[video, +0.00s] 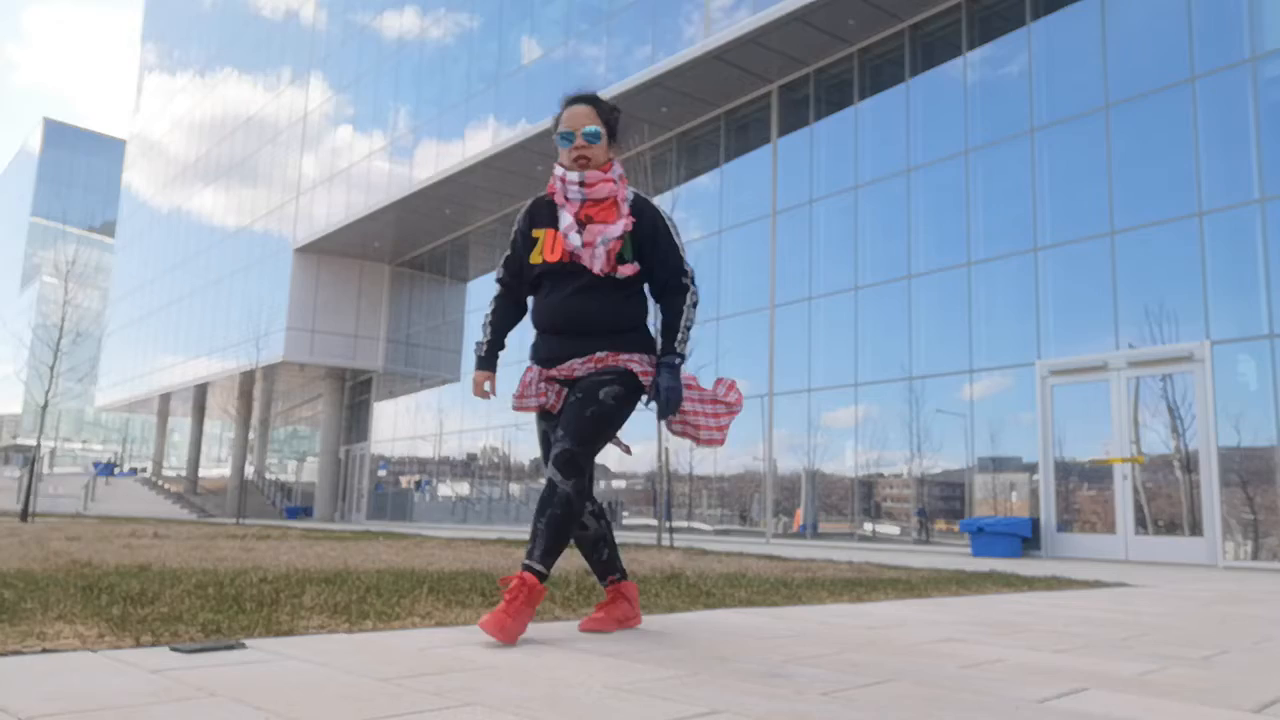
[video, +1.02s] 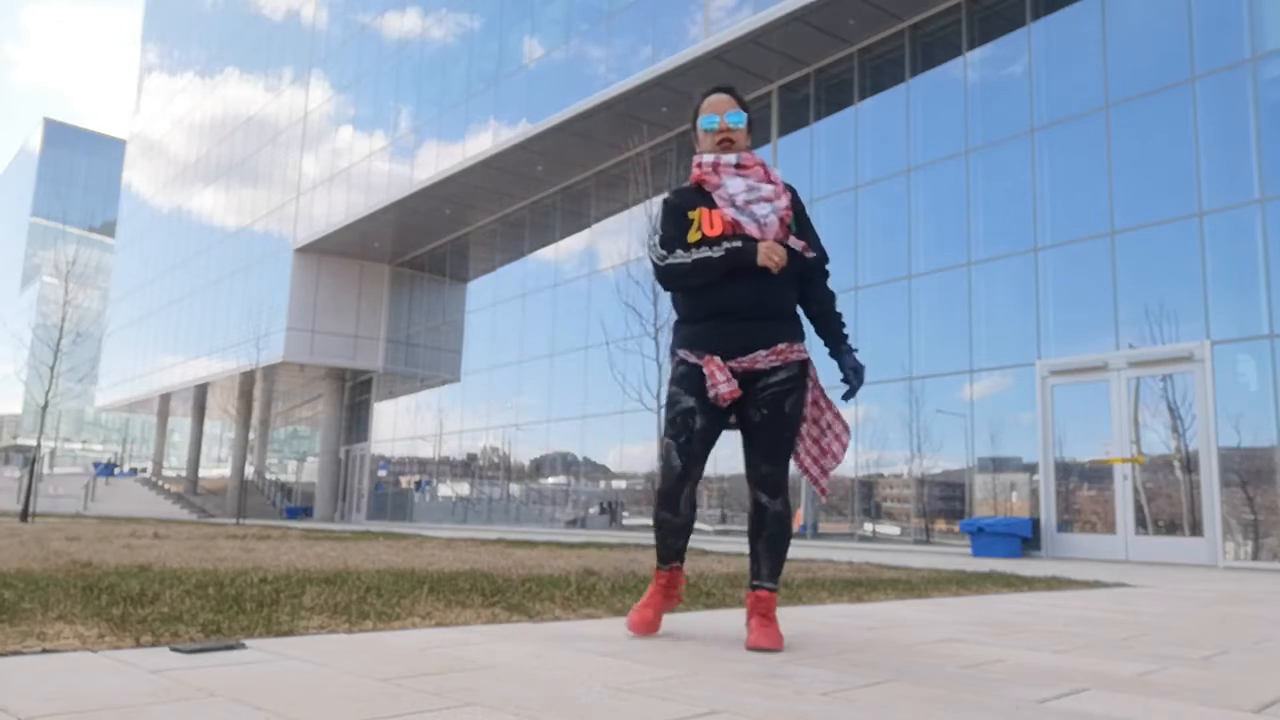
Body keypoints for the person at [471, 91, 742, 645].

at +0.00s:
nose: (579, 148)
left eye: (592, 137)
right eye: (567, 137)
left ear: (612, 145)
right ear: (555, 146)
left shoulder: (638, 213)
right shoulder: (539, 215)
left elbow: (679, 290)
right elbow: (511, 289)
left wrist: (672, 362)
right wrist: (488, 351)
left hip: (618, 360)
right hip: (552, 366)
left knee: (568, 453)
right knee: (566, 478)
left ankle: (525, 590)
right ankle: (620, 593)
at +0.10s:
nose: (602, 146)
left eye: (615, 136)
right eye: (591, 137)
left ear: (634, 146)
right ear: (579, 146)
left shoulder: (656, 211)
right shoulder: (562, 213)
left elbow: (681, 292)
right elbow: (538, 287)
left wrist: (685, 373)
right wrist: (507, 351)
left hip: (637, 356)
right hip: (572, 361)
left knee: (600, 449)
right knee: (583, 473)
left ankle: (595, 580)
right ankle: (621, 588)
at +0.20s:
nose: (624, 142)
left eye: (635, 133)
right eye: (612, 134)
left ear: (653, 143)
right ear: (599, 145)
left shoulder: (677, 208)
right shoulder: (581, 213)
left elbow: (703, 290)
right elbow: (555, 284)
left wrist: (703, 366)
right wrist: (525, 336)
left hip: (657, 356)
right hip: (592, 362)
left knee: (646, 459)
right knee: (598, 476)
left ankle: (667, 588)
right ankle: (622, 595)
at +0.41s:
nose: (660, 139)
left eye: (671, 130)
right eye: (650, 131)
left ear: (689, 139)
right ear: (637, 142)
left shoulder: (719, 205)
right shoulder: (621, 209)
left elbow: (747, 280)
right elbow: (590, 265)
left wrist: (754, 349)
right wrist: (572, 298)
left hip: (702, 360)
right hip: (630, 365)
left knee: (720, 479)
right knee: (624, 480)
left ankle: (750, 599)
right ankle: (624, 596)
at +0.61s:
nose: (698, 132)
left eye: (708, 123)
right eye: (686, 124)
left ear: (725, 134)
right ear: (672, 139)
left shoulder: (757, 204)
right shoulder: (655, 210)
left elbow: (795, 270)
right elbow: (623, 278)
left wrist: (819, 328)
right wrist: (649, 265)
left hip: (747, 359)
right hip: (675, 362)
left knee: (751, 482)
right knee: (670, 475)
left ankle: (759, 604)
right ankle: (671, 586)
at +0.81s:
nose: (714, 138)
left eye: (724, 129)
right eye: (703, 130)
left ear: (741, 137)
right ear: (689, 140)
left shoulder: (769, 205)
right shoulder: (673, 205)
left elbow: (809, 273)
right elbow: (660, 271)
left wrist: (849, 327)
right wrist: (737, 251)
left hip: (775, 358)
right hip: (704, 363)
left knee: (771, 479)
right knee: (727, 471)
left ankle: (764, 603)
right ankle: (724, 591)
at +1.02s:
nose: (723, 129)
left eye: (733, 120)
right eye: (712, 121)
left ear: (750, 130)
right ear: (696, 134)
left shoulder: (781, 199)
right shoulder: (680, 202)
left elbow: (812, 277)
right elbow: (666, 267)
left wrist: (839, 346)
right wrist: (747, 251)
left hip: (774, 357)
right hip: (700, 359)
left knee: (769, 482)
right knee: (675, 471)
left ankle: (762, 604)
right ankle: (666, 580)